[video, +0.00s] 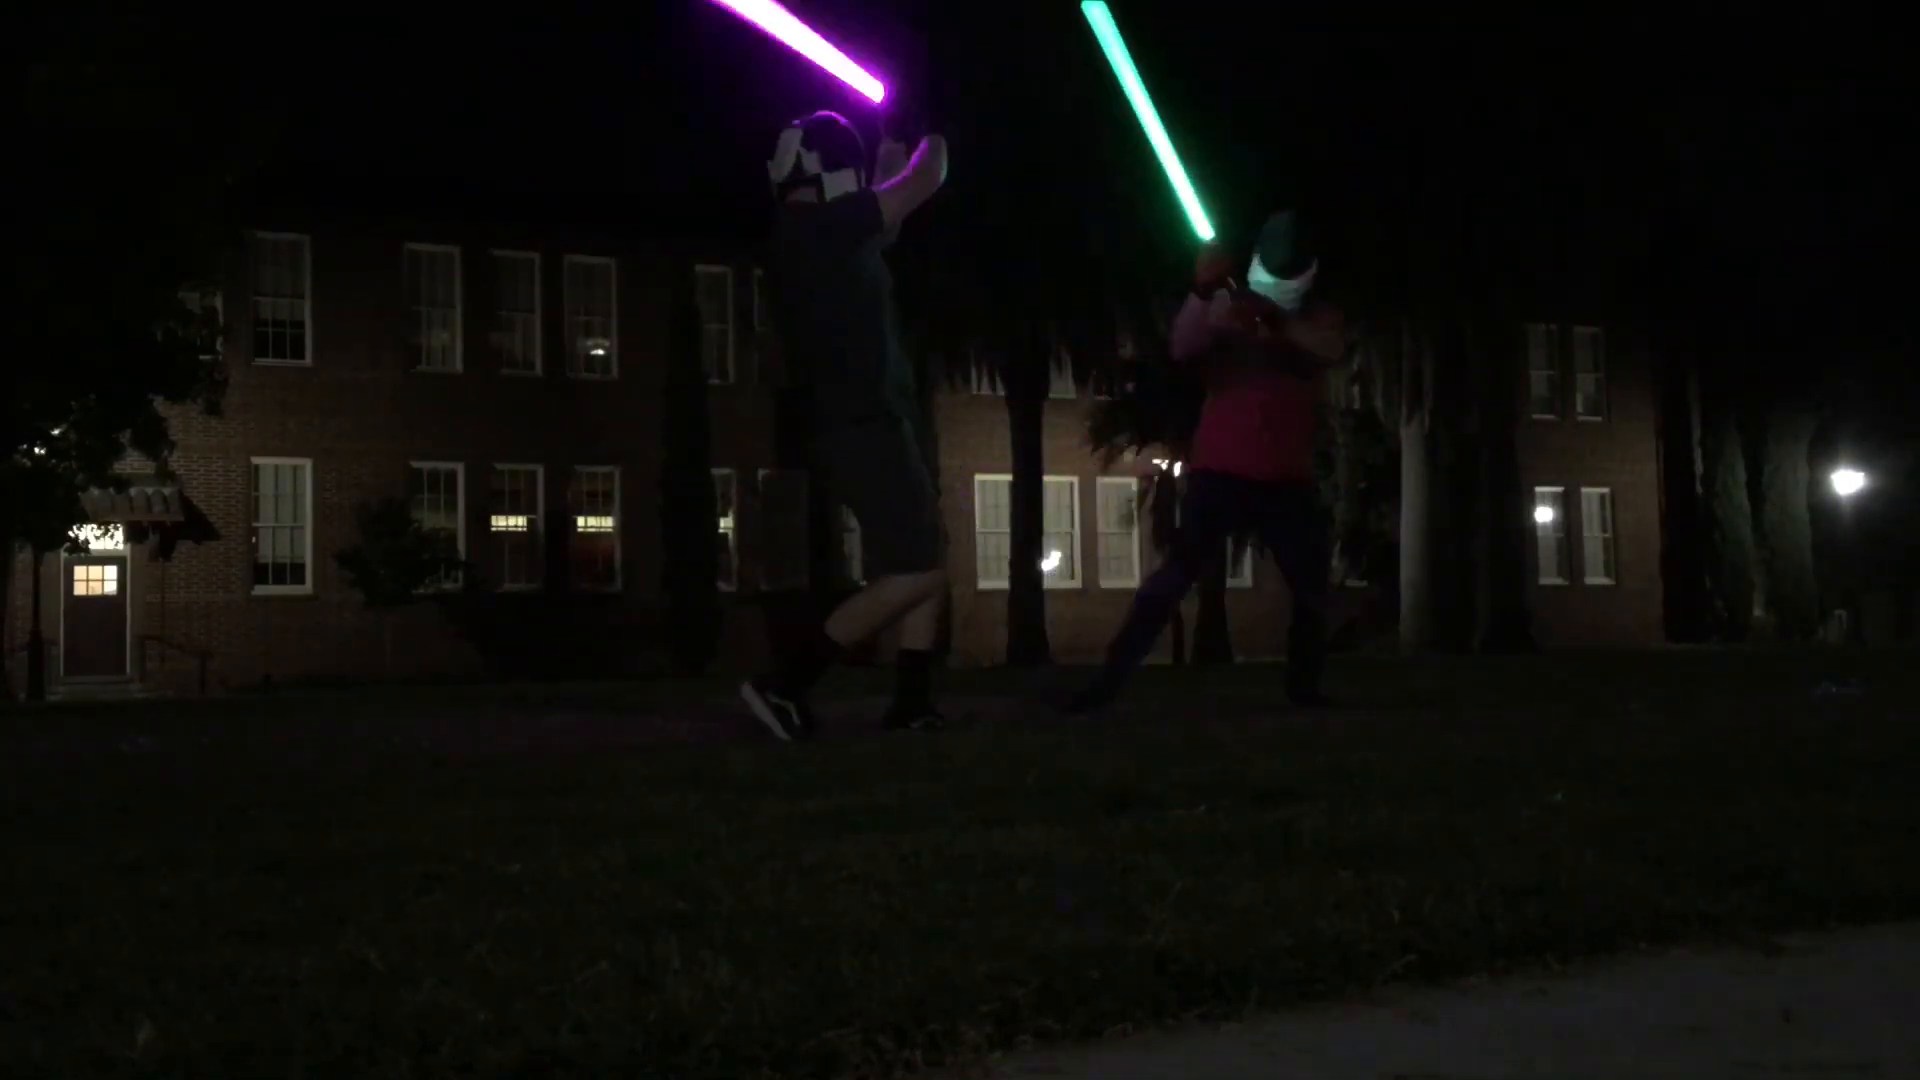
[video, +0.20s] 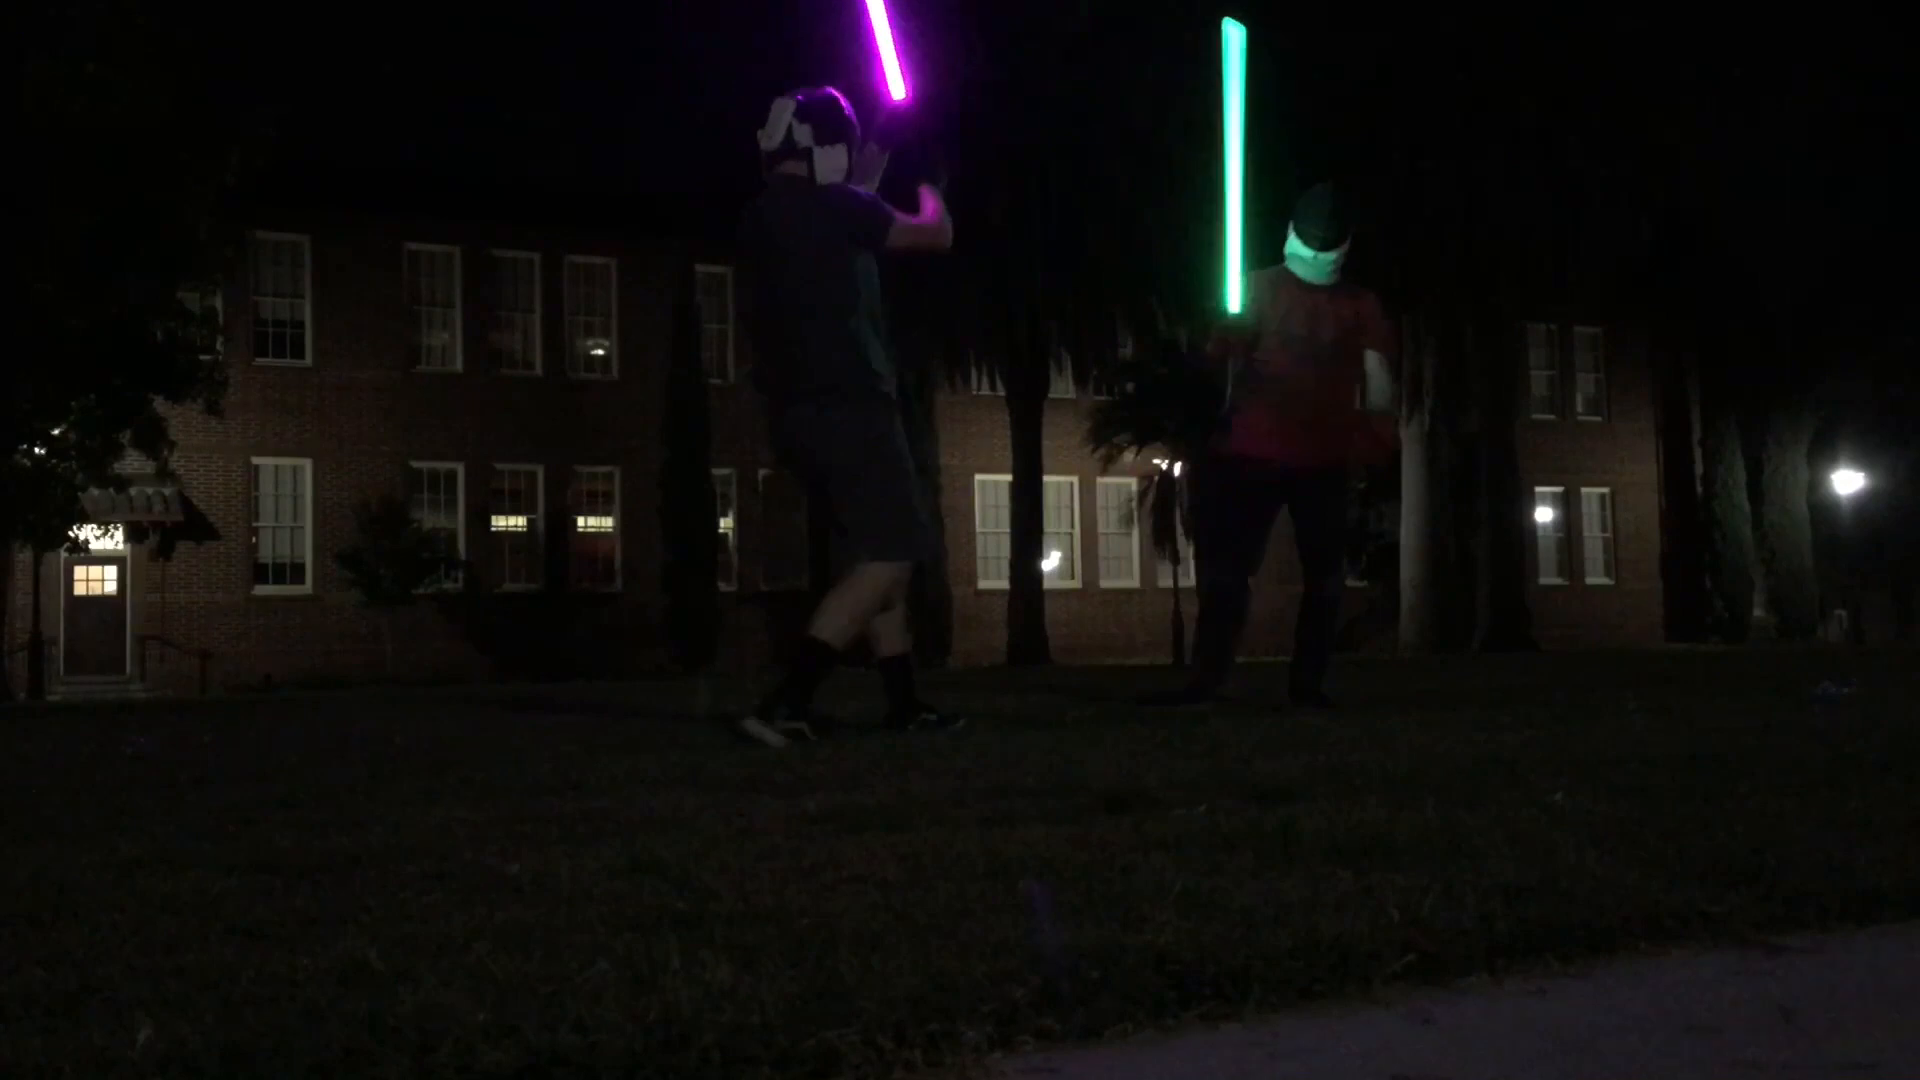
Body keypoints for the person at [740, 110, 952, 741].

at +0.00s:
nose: (858, 181)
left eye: (859, 171)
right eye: (852, 170)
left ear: (796, 176)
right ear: (831, 174)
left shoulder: (819, 230)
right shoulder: (829, 226)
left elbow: (884, 206)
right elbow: (925, 176)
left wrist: (890, 167)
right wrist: (930, 140)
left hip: (874, 416)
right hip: (863, 419)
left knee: (924, 562)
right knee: (920, 568)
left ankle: (909, 706)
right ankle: (787, 681)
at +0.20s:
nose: (853, 155)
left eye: (852, 144)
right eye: (845, 145)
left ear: (780, 148)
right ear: (820, 147)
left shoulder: (770, 210)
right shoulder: (826, 205)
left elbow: (844, 224)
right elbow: (932, 233)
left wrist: (869, 176)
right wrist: (929, 195)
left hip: (808, 403)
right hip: (853, 402)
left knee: (879, 548)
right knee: (892, 550)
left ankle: (903, 703)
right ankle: (788, 700)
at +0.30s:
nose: (844, 151)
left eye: (843, 139)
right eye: (838, 139)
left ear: (770, 141)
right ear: (814, 140)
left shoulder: (748, 209)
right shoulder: (832, 208)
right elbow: (918, 273)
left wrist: (852, 214)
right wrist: (913, 242)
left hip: (785, 399)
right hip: (849, 400)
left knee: (853, 549)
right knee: (854, 551)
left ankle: (893, 698)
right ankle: (777, 707)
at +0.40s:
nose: (835, 140)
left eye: (833, 128)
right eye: (831, 128)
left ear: (757, 129)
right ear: (812, 128)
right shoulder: (828, 200)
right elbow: (894, 297)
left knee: (839, 540)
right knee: (832, 543)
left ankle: (865, 694)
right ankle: (776, 709)